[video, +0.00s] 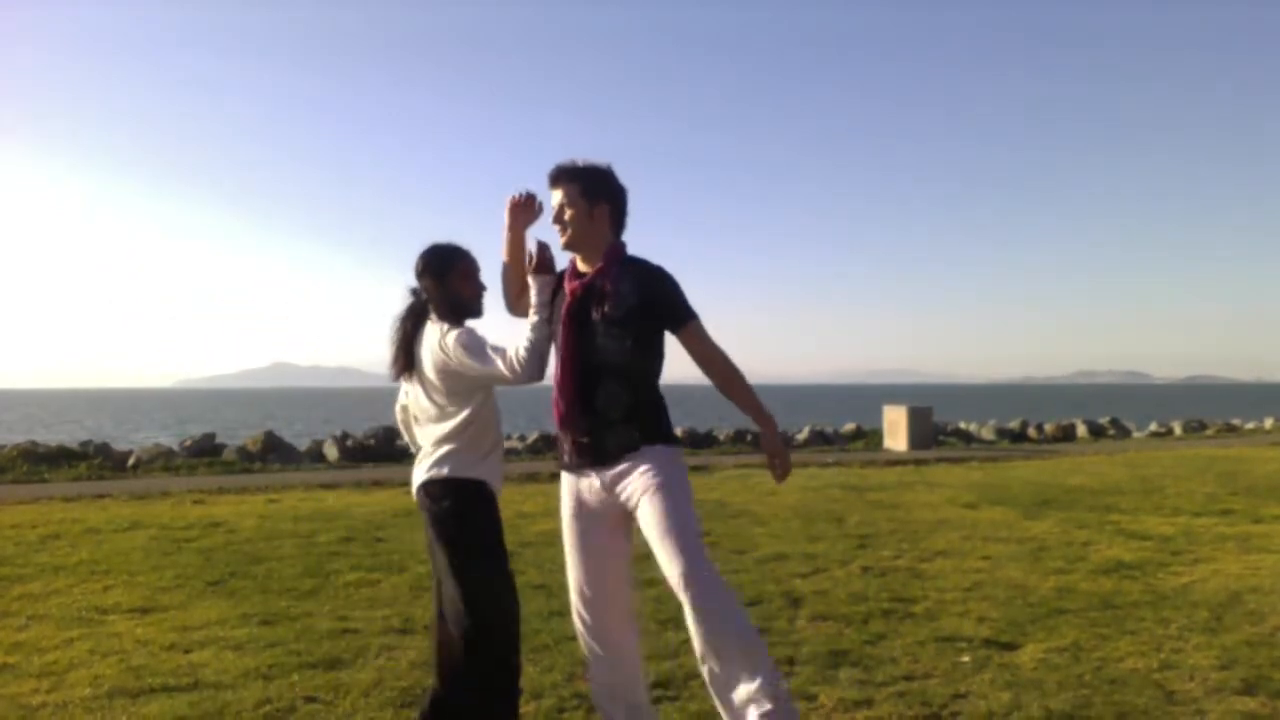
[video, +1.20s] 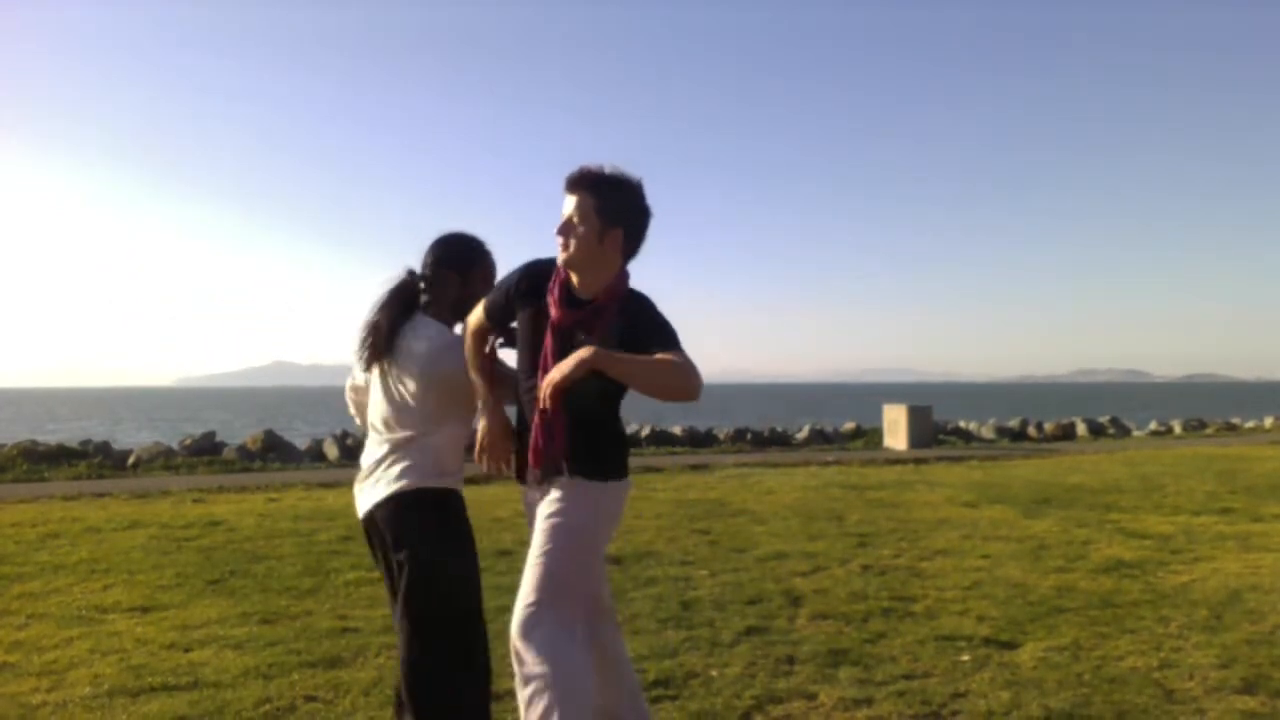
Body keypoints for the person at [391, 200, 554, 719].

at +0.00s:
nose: (481, 284)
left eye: (477, 275)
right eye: (470, 276)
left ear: (439, 288)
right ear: (444, 286)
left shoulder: (421, 340)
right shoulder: (452, 339)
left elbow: (405, 415)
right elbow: (524, 365)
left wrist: (438, 455)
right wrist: (544, 295)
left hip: (435, 483)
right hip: (463, 484)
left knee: (457, 608)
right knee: (493, 611)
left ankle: (452, 707)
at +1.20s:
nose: (487, 300)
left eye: (488, 289)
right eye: (483, 287)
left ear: (434, 280)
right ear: (453, 281)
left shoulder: (387, 332)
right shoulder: (450, 346)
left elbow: (356, 393)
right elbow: (517, 385)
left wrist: (389, 437)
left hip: (377, 499)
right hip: (424, 499)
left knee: (424, 640)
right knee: (448, 639)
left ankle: (419, 709)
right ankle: (449, 712)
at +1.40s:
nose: (494, 303)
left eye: (495, 292)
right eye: (492, 291)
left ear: (439, 283)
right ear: (472, 291)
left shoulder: (378, 331)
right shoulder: (476, 361)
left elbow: (320, 381)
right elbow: (508, 435)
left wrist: (316, 413)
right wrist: (492, 456)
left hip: (358, 511)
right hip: (425, 507)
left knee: (381, 616)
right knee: (457, 641)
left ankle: (369, 710)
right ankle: (444, 715)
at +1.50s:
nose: (501, 304)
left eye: (502, 294)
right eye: (497, 293)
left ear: (438, 288)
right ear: (478, 296)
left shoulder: (381, 331)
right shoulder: (478, 362)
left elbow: (314, 375)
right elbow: (523, 424)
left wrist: (280, 412)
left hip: (355, 517)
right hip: (427, 515)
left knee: (357, 644)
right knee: (455, 651)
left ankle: (348, 714)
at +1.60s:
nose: (492, 309)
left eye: (493, 297)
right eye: (489, 297)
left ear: (435, 289)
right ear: (474, 297)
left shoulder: (376, 335)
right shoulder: (483, 358)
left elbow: (298, 376)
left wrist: (246, 416)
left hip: (349, 523)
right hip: (428, 522)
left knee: (334, 667)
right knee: (454, 664)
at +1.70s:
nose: (477, 302)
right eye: (475, 294)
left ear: (422, 289)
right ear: (470, 297)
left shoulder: (378, 337)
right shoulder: (482, 353)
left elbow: (292, 378)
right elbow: (512, 430)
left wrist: (217, 420)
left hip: (352, 525)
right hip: (434, 524)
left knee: (321, 672)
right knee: (452, 652)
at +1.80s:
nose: (392, 303)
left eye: (394, 295)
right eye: (392, 297)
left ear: (405, 293)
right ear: (456, 293)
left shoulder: (381, 336)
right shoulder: (479, 347)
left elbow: (294, 381)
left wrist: (209, 426)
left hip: (364, 515)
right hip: (444, 516)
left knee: (326, 660)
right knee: (445, 643)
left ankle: (318, 710)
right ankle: (442, 715)